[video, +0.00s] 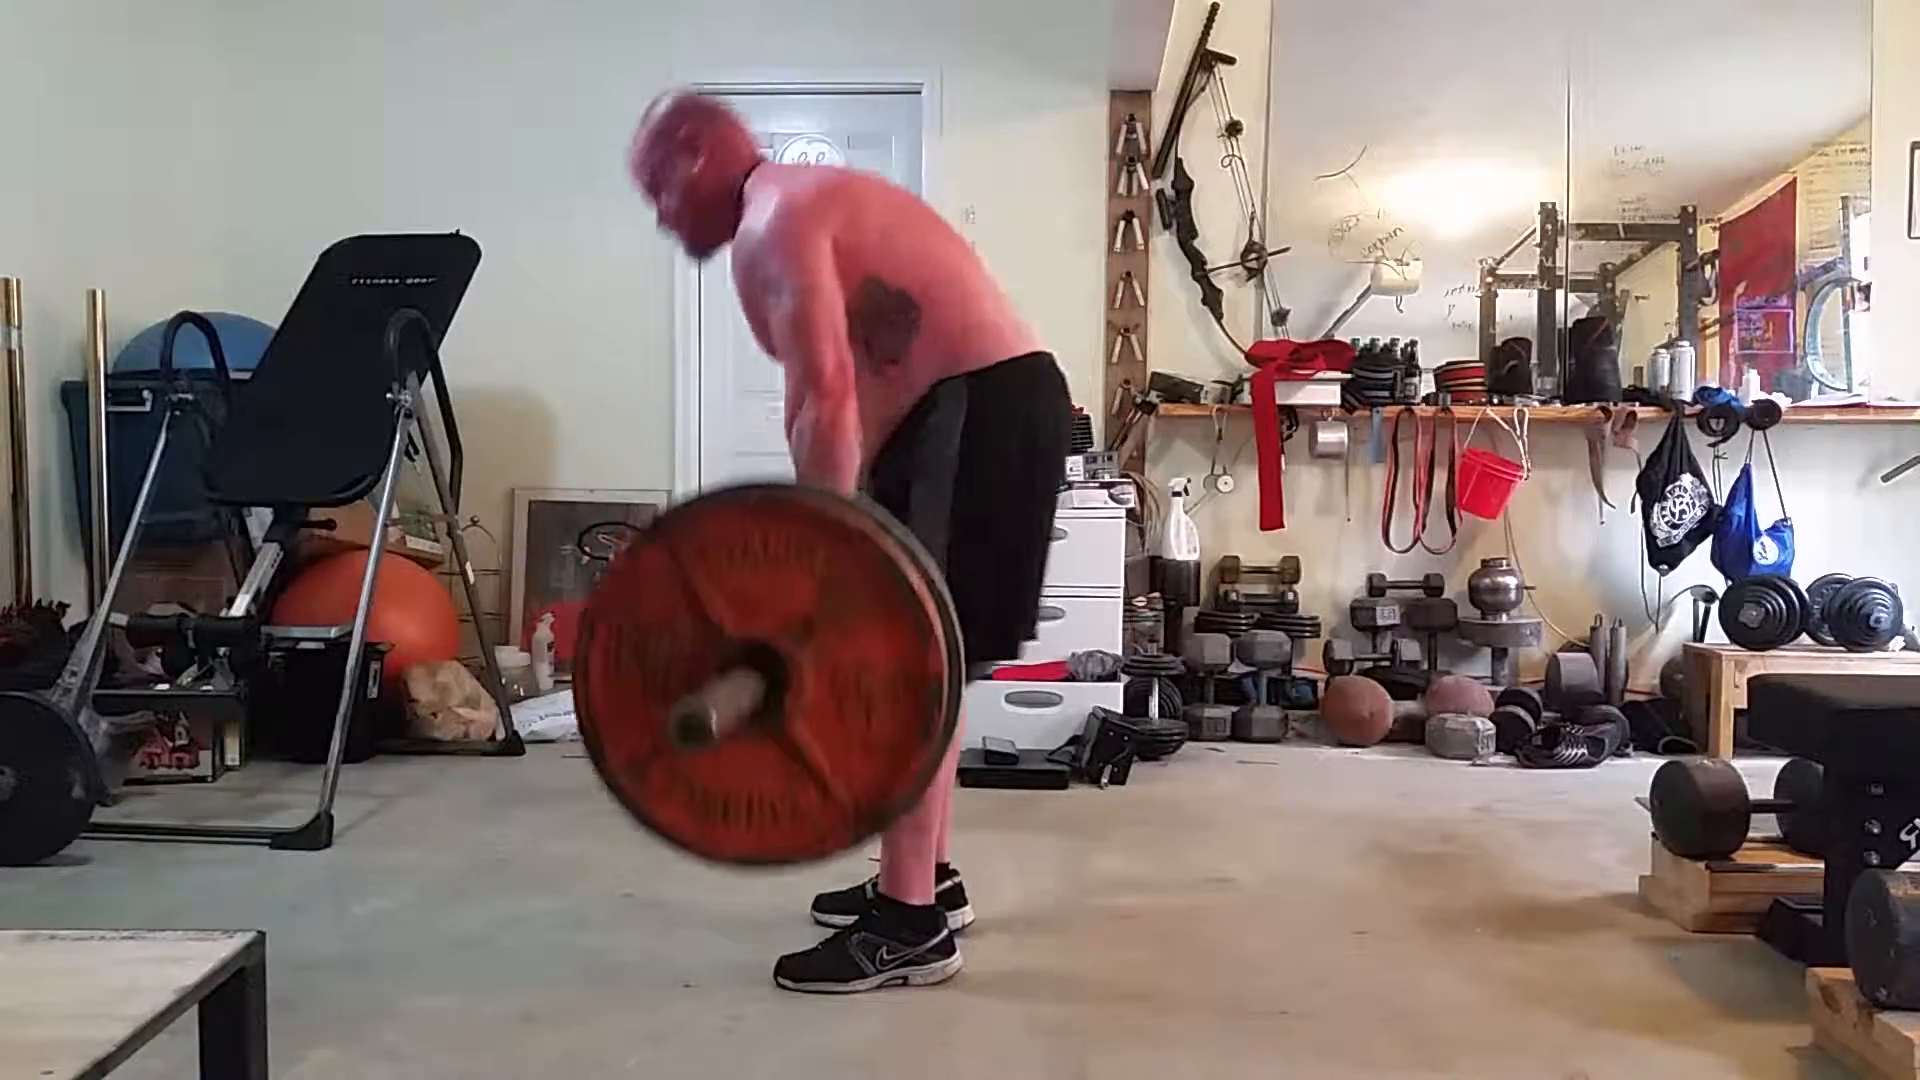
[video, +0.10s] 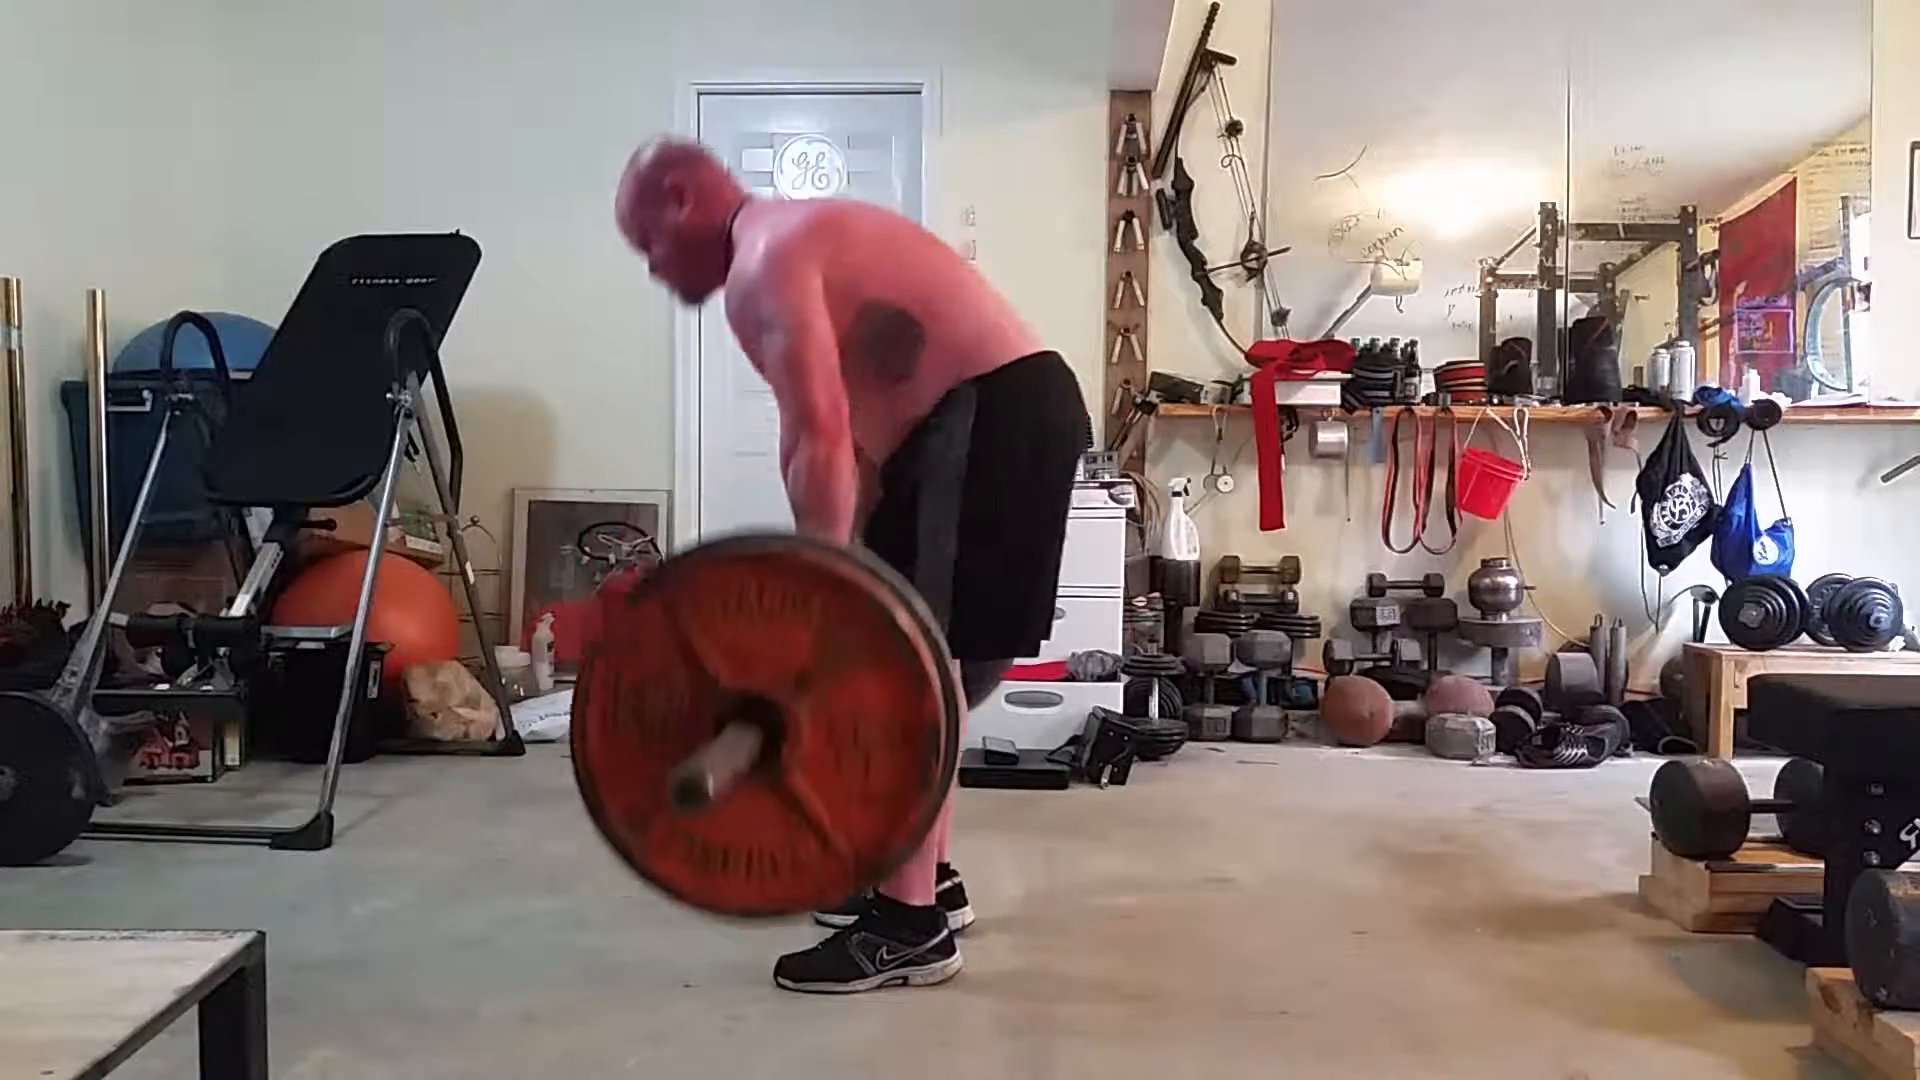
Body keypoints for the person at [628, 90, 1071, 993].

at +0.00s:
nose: (658, 215)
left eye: (656, 189)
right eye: (648, 197)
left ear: (701, 155)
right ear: (719, 149)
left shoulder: (779, 218)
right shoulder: (798, 206)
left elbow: (826, 397)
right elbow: (839, 396)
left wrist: (811, 571)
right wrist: (823, 568)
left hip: (971, 409)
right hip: (970, 408)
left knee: (913, 656)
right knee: (922, 651)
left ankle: (909, 916)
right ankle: (923, 878)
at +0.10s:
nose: (652, 268)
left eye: (647, 243)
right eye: (642, 253)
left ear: (684, 198)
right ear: (692, 196)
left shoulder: (769, 259)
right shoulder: (778, 258)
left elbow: (820, 442)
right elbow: (826, 452)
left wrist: (812, 612)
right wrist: (824, 607)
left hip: (985, 416)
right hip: (955, 425)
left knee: (909, 671)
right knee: (913, 664)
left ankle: (908, 916)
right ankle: (923, 878)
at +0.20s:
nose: (650, 313)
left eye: (645, 289)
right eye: (640, 298)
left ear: (681, 244)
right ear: (690, 240)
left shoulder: (765, 295)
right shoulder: (776, 287)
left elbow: (817, 477)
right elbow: (859, 485)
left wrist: (812, 652)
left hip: (998, 422)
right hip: (974, 427)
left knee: (921, 670)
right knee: (912, 667)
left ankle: (908, 918)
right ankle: (917, 880)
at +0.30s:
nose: (651, 352)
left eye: (642, 328)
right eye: (638, 336)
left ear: (673, 280)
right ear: (685, 274)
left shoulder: (762, 331)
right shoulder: (774, 319)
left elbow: (815, 512)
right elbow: (863, 515)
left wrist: (813, 678)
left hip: (1008, 421)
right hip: (1013, 416)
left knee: (905, 664)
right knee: (930, 665)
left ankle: (910, 921)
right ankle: (921, 887)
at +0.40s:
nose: (649, 382)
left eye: (640, 358)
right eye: (635, 366)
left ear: (673, 312)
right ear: (682, 306)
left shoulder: (760, 366)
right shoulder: (780, 341)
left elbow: (812, 539)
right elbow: (861, 529)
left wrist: (816, 705)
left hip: (1009, 428)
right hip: (1032, 415)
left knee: (899, 664)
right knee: (924, 661)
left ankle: (918, 916)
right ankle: (928, 890)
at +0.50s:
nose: (649, 408)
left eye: (641, 387)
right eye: (637, 395)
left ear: (673, 337)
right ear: (680, 332)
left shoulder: (760, 392)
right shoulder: (781, 364)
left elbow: (812, 565)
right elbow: (861, 544)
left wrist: (812, 732)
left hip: (1016, 430)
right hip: (1036, 420)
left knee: (897, 658)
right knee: (922, 657)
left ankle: (920, 910)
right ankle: (929, 890)